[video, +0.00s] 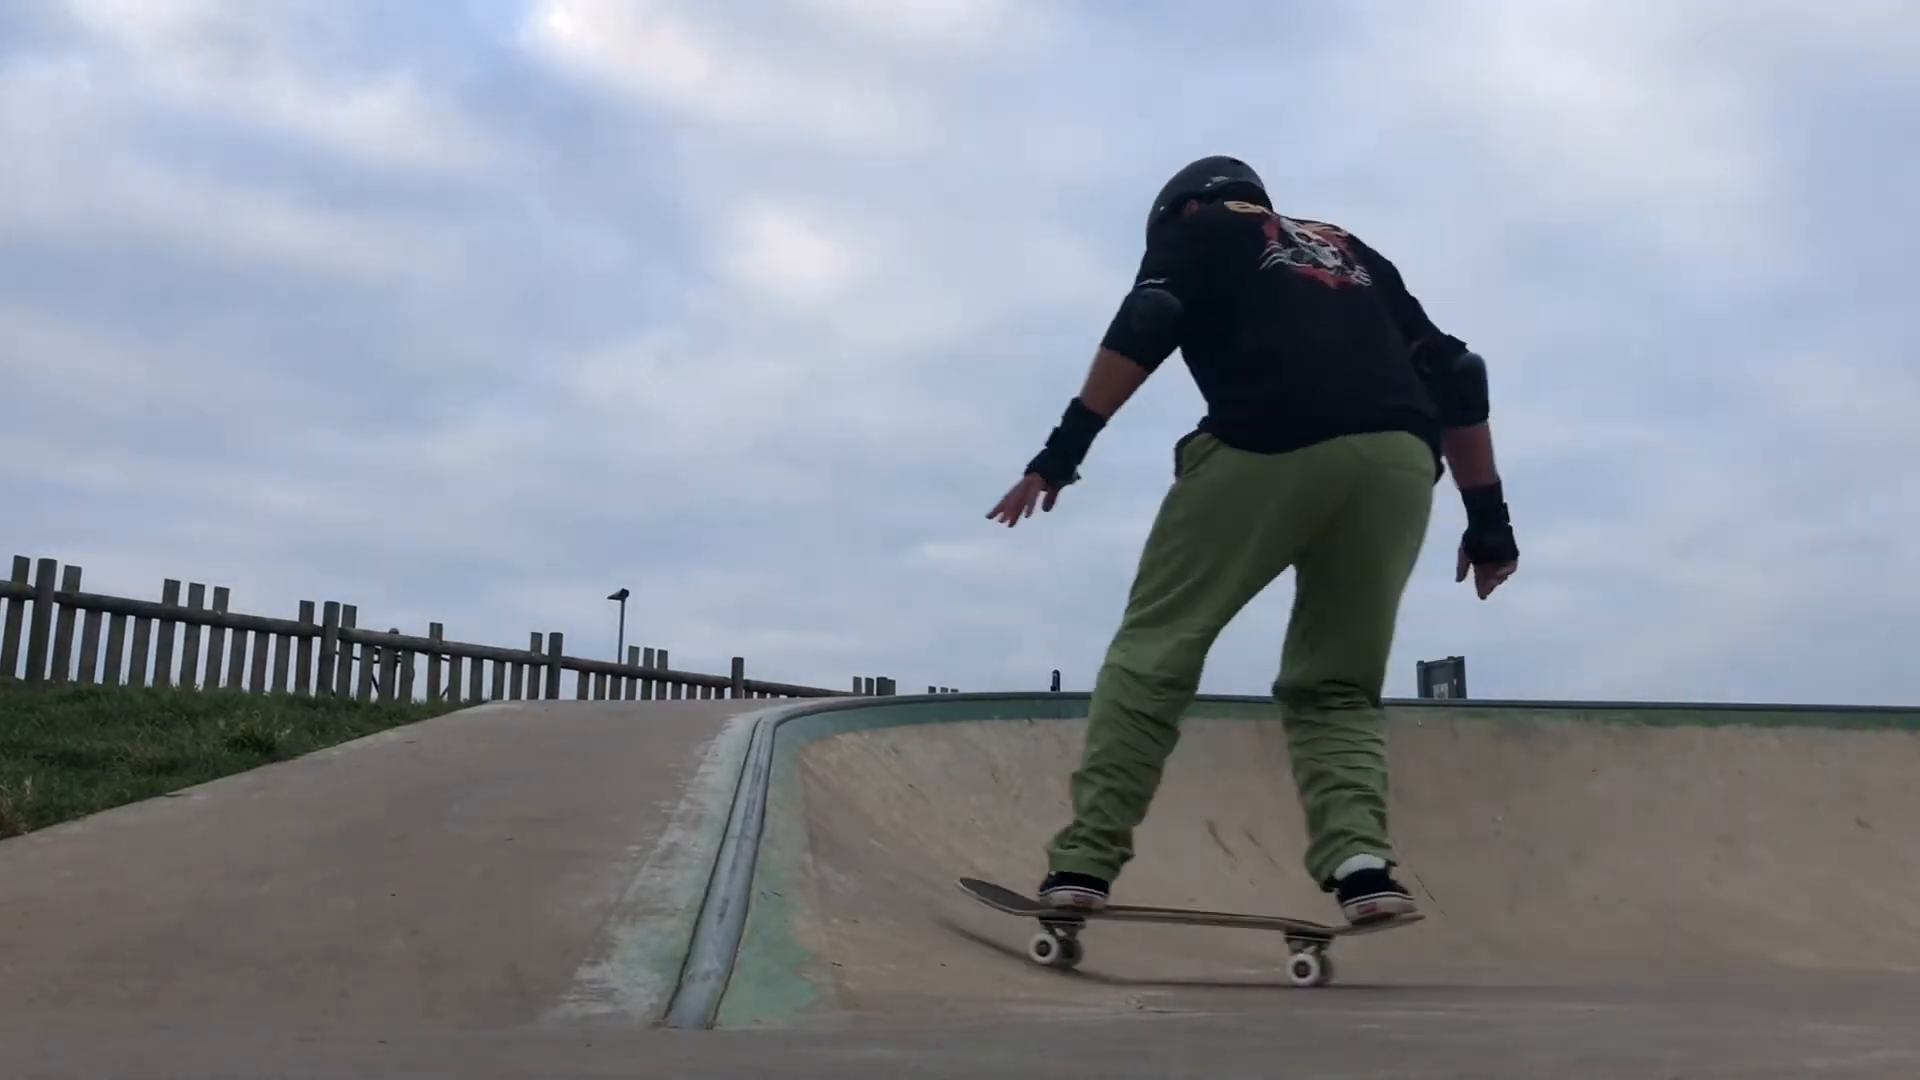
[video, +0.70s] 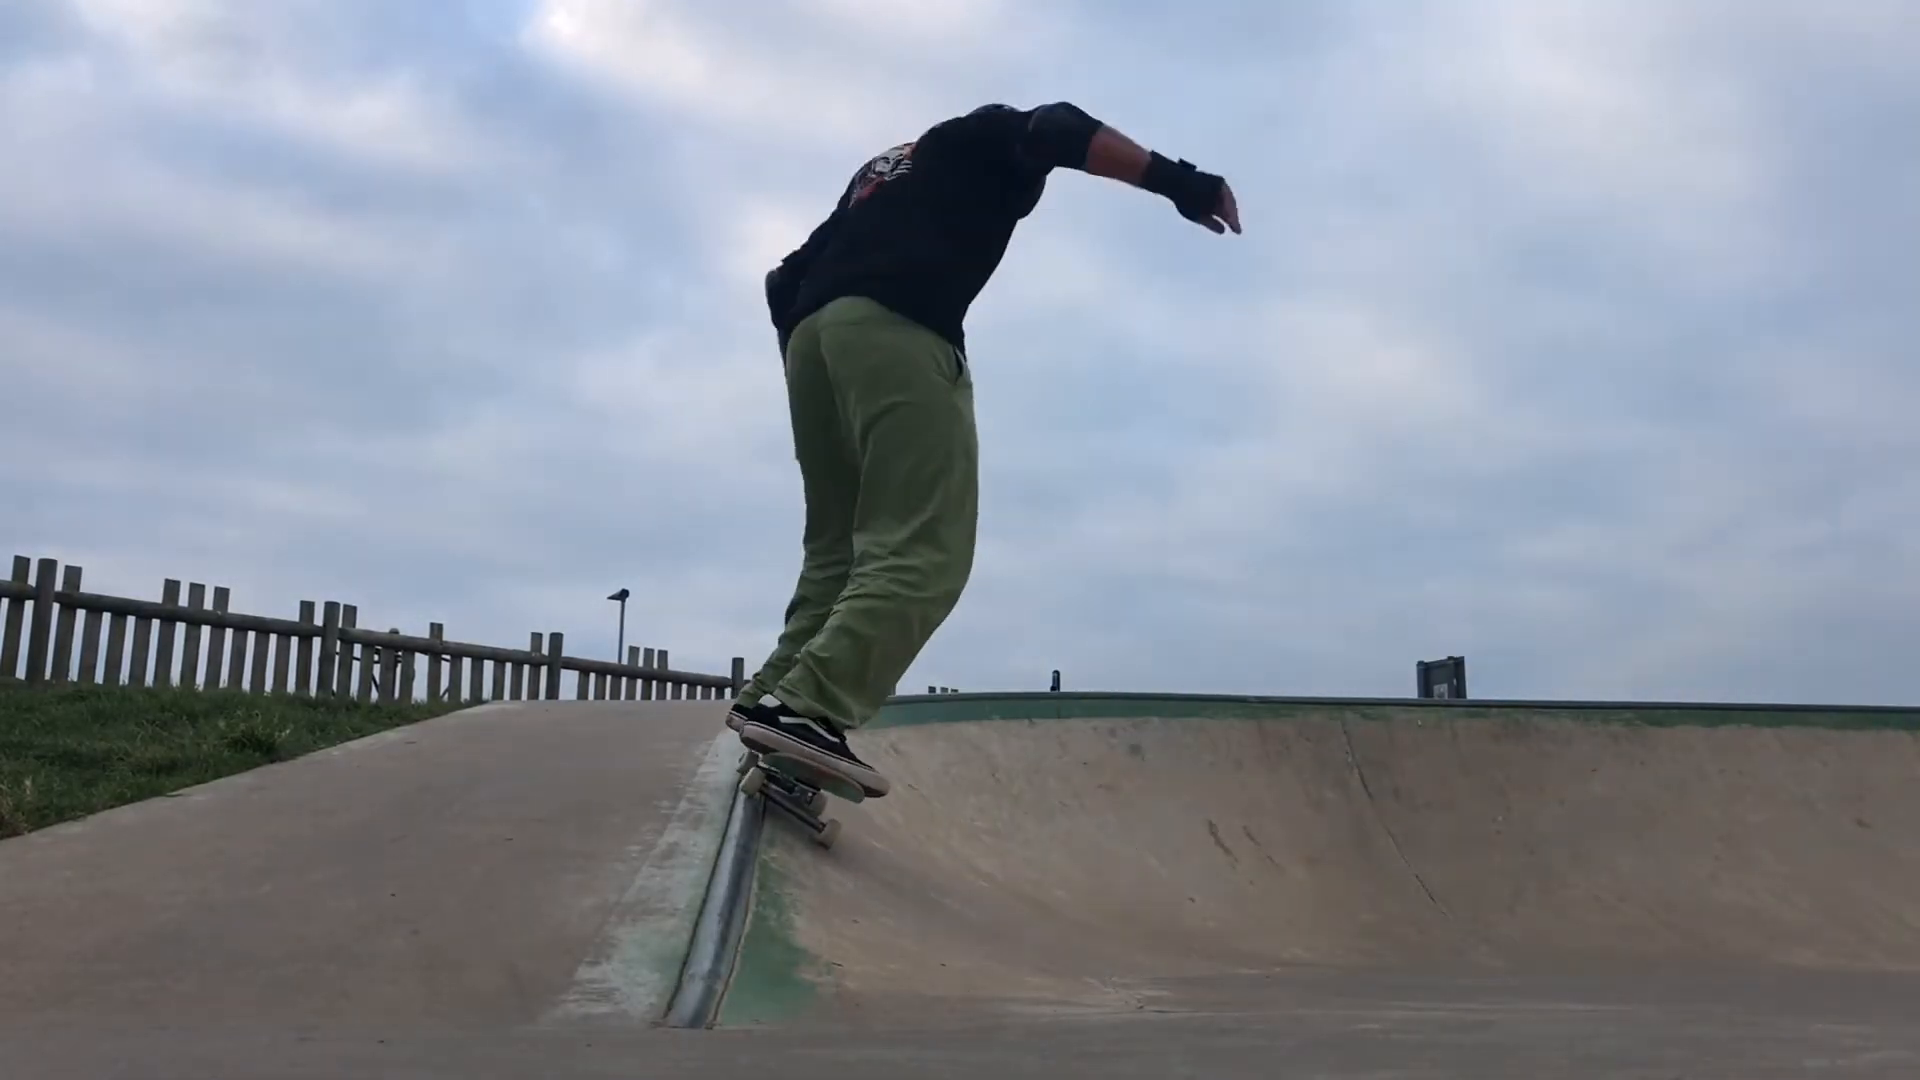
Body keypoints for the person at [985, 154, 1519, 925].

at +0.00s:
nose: (1168, 240)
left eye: (1168, 226)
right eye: (1167, 231)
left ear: (1186, 209)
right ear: (1261, 202)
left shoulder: (1191, 226)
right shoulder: (1349, 248)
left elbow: (1152, 319)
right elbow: (1455, 372)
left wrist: (1066, 445)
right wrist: (1488, 513)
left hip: (1265, 449)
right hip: (1396, 455)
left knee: (1154, 656)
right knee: (1338, 687)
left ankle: (1082, 867)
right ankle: (1360, 863)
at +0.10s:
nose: (1110, 194)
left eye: (1112, 182)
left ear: (1123, 175)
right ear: (1199, 176)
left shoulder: (1107, 206)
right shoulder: (1274, 232)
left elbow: (1015, 277)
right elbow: (1364, 336)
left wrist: (924, 378)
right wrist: (1419, 462)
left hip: (1121, 433)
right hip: (1250, 448)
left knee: (1020, 615)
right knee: (1194, 684)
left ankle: (919, 797)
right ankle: (1167, 883)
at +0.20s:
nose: (1067, 150)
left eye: (1065, 139)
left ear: (1066, 132)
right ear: (1149, 136)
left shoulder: (1037, 160)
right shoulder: (1206, 175)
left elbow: (924, 204)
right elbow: (1292, 258)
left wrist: (835, 266)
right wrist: (1339, 378)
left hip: (1022, 373)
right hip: (1142, 395)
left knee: (928, 555)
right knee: (1079, 630)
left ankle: (787, 693)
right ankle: (991, 816)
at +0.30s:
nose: (1027, 116)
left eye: (1027, 104)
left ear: (1028, 98)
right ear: (1102, 110)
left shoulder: (989, 119)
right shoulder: (1149, 148)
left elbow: (871, 135)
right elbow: (1232, 226)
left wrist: (783, 178)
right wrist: (1270, 351)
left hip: (951, 322)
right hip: (1060, 345)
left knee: (881, 513)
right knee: (986, 580)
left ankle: (738, 644)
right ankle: (877, 760)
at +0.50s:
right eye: (1035, 128)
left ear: (970, 108)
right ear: (1033, 120)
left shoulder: (903, 129)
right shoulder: (1046, 142)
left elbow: (784, 135)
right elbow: (1137, 220)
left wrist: (710, 207)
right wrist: (1182, 322)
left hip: (835, 335)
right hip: (930, 336)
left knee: (827, 551)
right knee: (924, 562)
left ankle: (769, 701)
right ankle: (807, 712)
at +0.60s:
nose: (1040, 143)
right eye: (1033, 133)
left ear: (951, 119)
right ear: (1014, 124)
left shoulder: (879, 156)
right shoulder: (1012, 135)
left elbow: (762, 212)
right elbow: (1099, 171)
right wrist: (1190, 257)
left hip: (819, 338)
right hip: (907, 329)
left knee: (837, 545)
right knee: (927, 555)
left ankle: (771, 701)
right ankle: (810, 711)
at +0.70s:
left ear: (909, 152)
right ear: (989, 131)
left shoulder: (867, 193)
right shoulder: (987, 134)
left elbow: (783, 277)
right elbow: (1062, 128)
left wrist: (808, 363)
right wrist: (1179, 179)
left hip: (809, 336)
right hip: (894, 323)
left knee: (834, 552)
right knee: (922, 547)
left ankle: (775, 713)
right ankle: (810, 709)